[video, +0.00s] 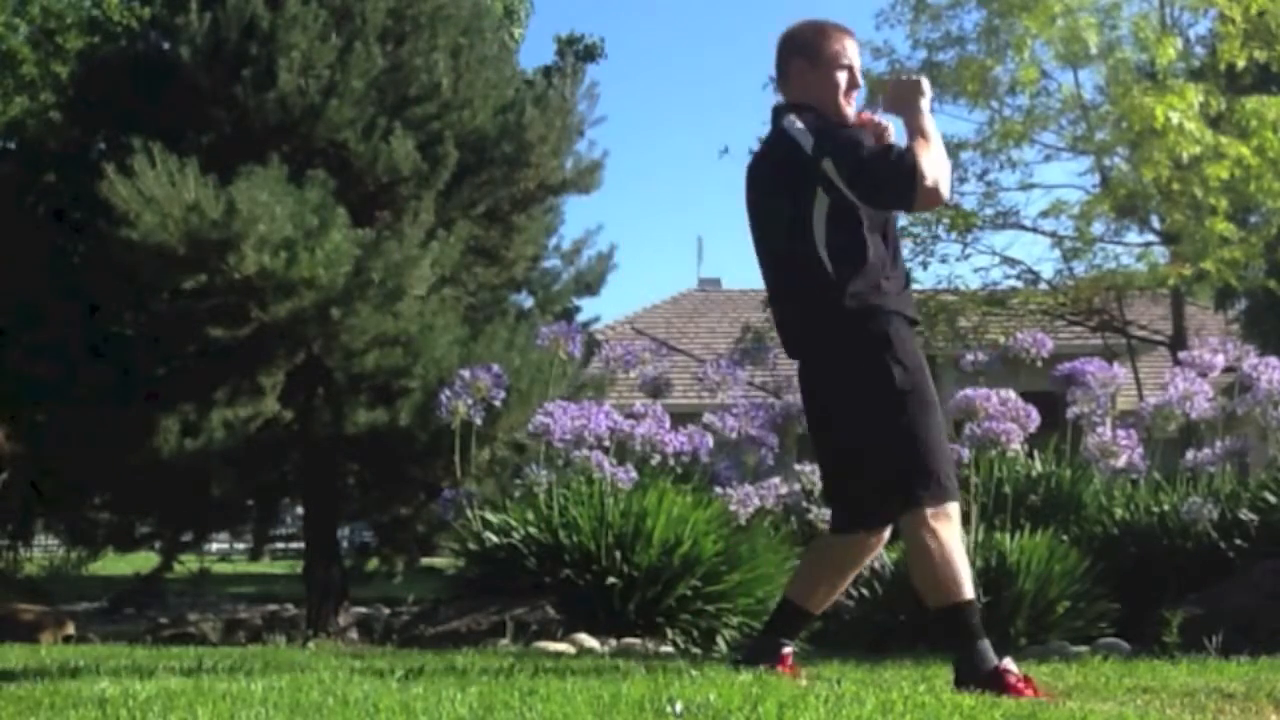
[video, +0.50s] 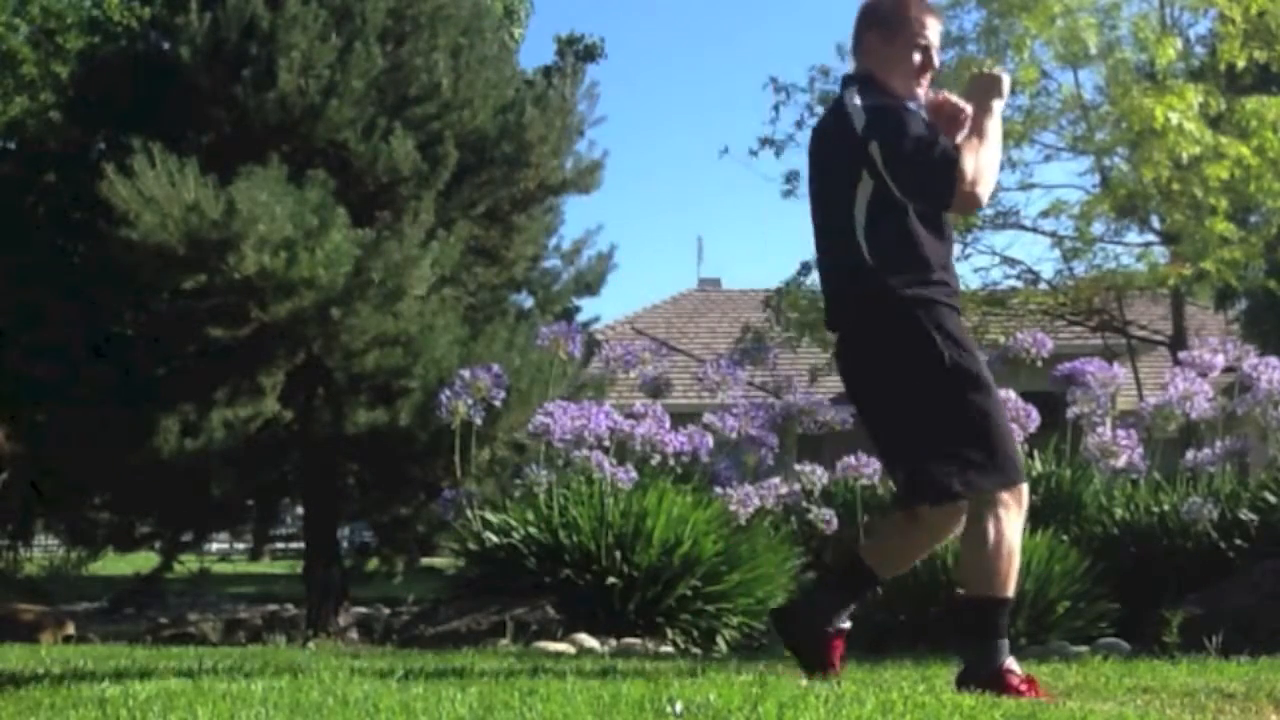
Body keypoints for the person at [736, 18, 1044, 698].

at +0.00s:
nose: (854, 82)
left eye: (856, 71)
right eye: (840, 69)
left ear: (803, 83)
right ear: (793, 76)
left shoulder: (770, 158)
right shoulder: (827, 141)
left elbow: (832, 219)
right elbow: (930, 185)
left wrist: (865, 146)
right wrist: (918, 113)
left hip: (830, 352)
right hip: (878, 342)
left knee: (865, 522)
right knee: (932, 503)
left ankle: (768, 646)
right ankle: (980, 666)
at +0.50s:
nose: (928, 57)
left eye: (933, 47)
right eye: (914, 42)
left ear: (935, 53)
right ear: (868, 42)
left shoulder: (846, 119)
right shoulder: (879, 117)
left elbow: (927, 199)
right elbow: (970, 189)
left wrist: (949, 133)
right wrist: (991, 111)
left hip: (873, 331)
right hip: (915, 323)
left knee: (941, 501)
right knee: (1002, 487)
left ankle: (815, 614)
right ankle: (987, 663)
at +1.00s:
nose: (806, 60)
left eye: (810, 50)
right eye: (791, 48)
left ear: (813, 61)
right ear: (750, 51)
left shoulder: (801, 135)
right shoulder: (715, 115)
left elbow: (854, 222)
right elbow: (760, 170)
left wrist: (856, 137)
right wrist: (814, 107)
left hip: (801, 326)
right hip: (743, 320)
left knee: (799, 482)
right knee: (814, 456)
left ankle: (770, 636)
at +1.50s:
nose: (641, 105)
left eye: (647, 95)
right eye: (628, 92)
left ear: (649, 101)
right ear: (585, 91)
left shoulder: (657, 183)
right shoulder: (541, 163)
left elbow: (710, 250)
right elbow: (584, 228)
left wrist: (703, 170)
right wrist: (636, 157)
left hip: (643, 367)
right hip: (555, 367)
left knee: (718, 483)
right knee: (531, 521)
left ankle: (727, 638)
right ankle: (493, 640)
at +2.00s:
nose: (611, 77)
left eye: (620, 69)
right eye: (598, 64)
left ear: (627, 79)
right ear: (562, 68)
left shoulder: (641, 155)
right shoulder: (514, 136)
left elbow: (685, 235)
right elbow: (495, 213)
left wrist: (670, 151)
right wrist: (571, 146)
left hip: (605, 348)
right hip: (515, 342)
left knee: (614, 502)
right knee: (471, 483)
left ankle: (605, 641)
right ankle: (487, 619)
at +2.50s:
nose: (565, 78)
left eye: (573, 70)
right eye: (551, 67)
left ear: (583, 80)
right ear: (513, 68)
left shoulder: (601, 149)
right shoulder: (475, 140)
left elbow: (645, 227)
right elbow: (484, 210)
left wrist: (634, 150)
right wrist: (545, 140)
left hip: (586, 342)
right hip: (495, 342)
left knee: (615, 486)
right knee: (460, 495)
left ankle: (614, 629)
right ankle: (427, 629)